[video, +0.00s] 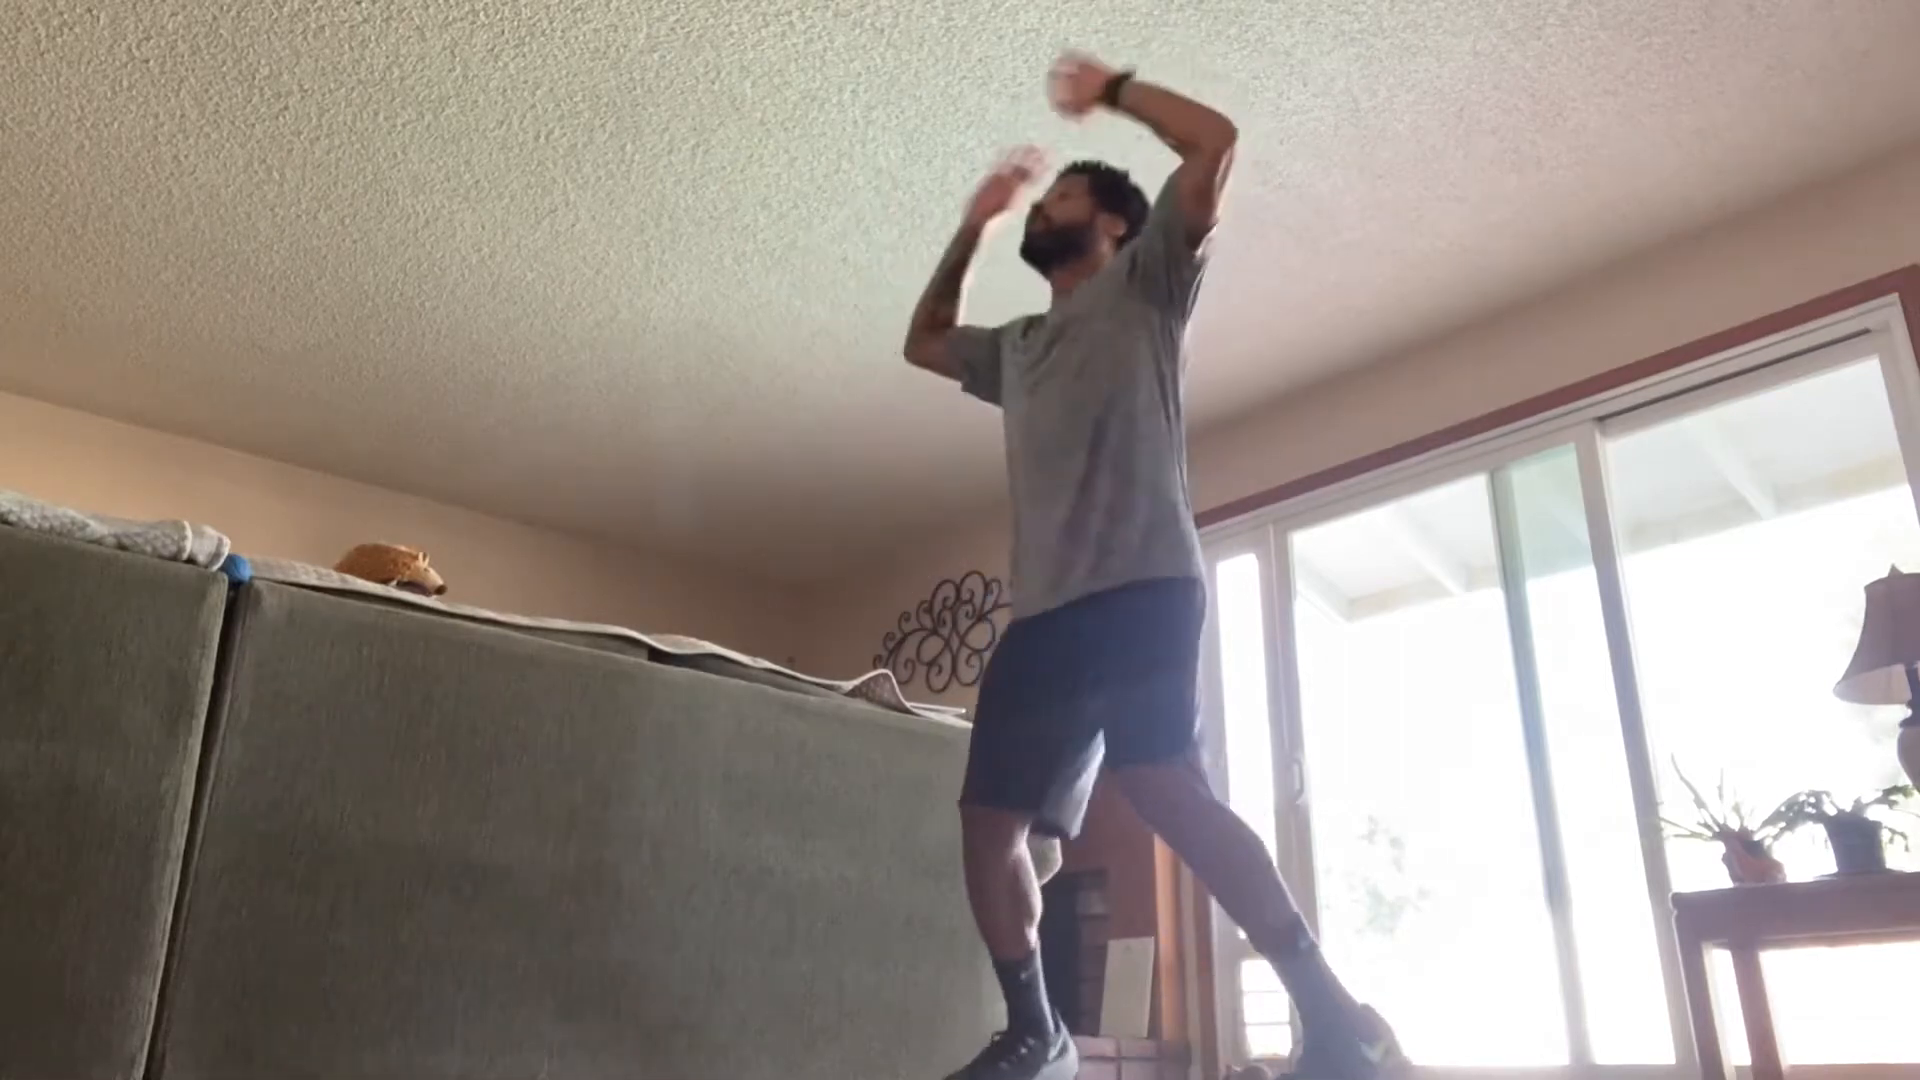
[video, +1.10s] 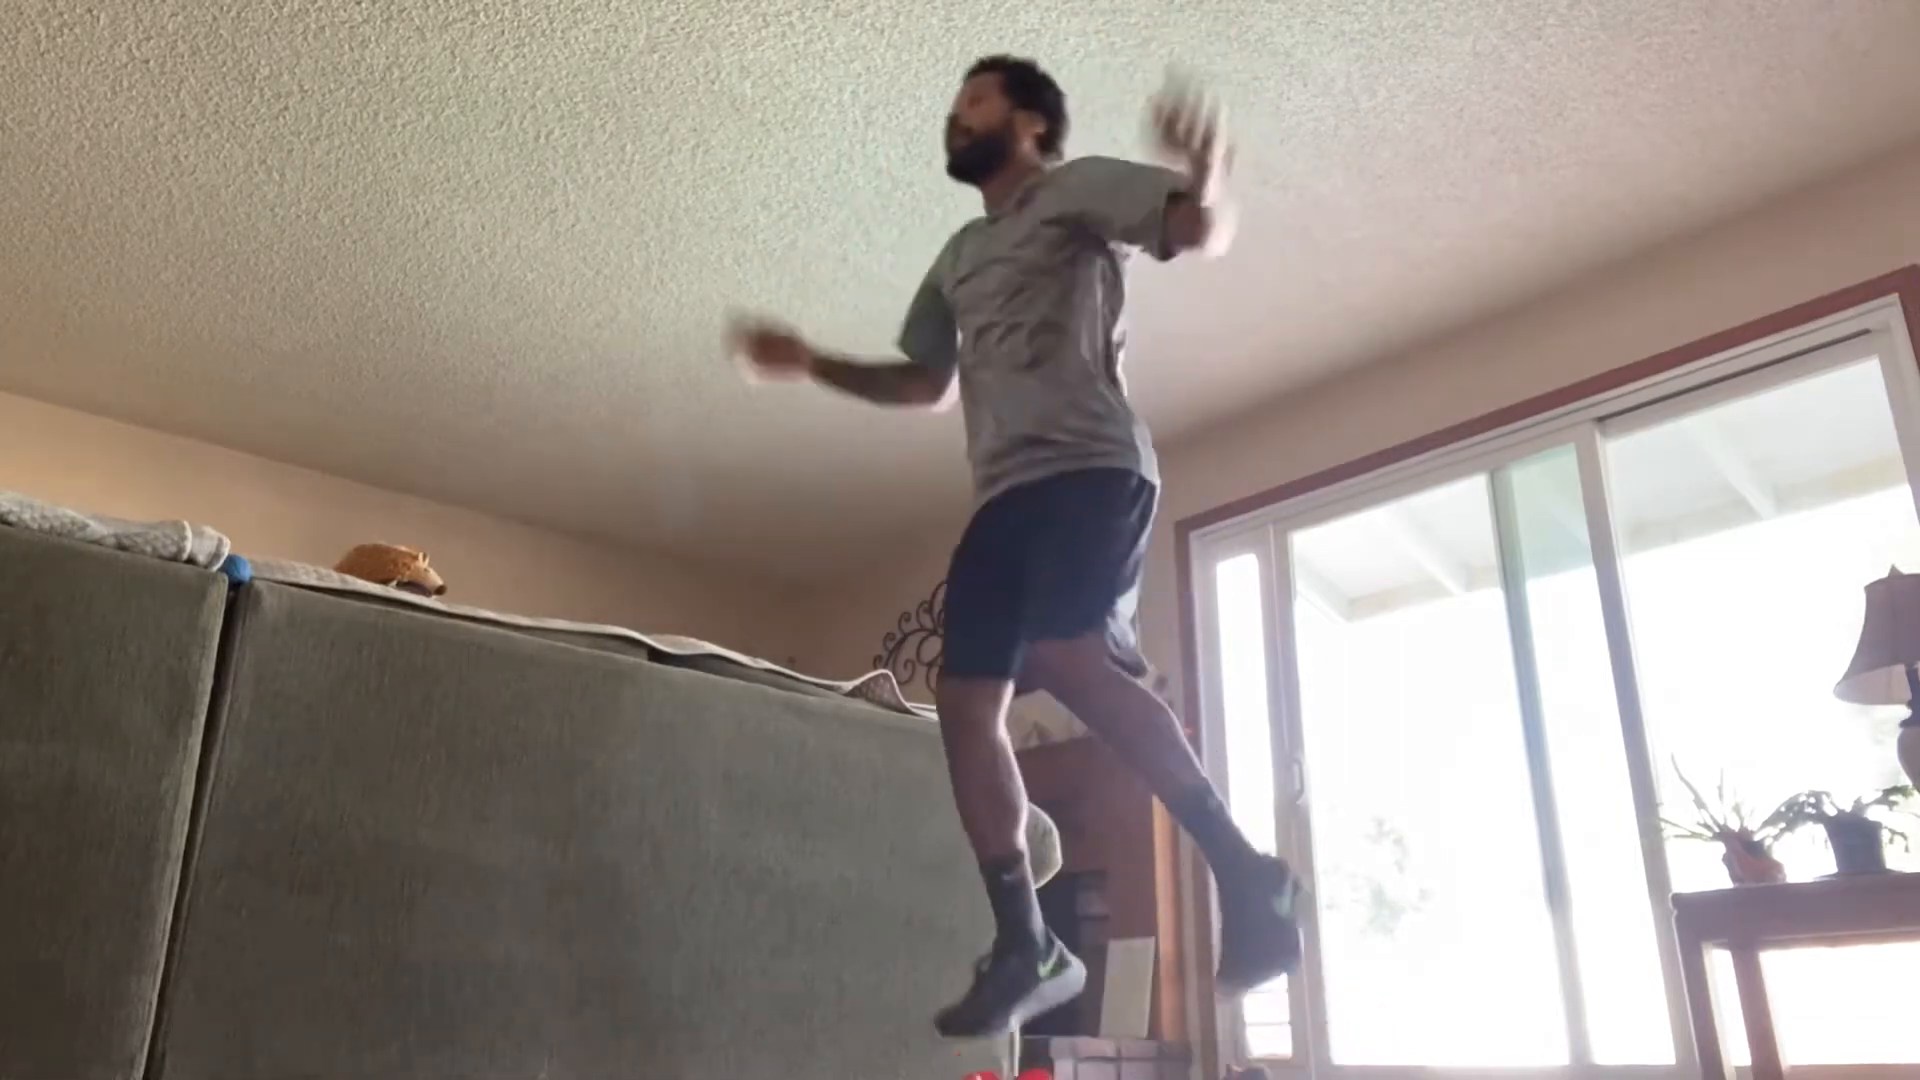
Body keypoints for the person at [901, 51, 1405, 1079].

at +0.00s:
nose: (1043, 208)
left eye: (1067, 198)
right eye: (1041, 203)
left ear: (1118, 222)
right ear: (1045, 234)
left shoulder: (1145, 281)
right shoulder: (1016, 346)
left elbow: (1215, 141)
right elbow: (927, 343)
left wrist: (1113, 87)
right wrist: (973, 230)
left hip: (1144, 581)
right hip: (1041, 608)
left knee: (1164, 792)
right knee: (989, 823)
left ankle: (1331, 1015)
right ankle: (1034, 1033)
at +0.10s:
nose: (1041, 151)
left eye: (1064, 140)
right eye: (1042, 144)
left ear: (1118, 169)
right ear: (1048, 180)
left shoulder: (1146, 225)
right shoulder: (1016, 298)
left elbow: (1249, 147)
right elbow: (917, 362)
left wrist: (1197, 26)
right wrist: (846, 267)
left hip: (1145, 523)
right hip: (1040, 546)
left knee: (1185, 730)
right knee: (1009, 765)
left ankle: (1312, 976)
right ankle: (1034, 995)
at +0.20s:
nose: (1029, 118)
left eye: (1051, 105)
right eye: (1029, 110)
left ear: (1103, 129)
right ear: (1045, 148)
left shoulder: (1138, 185)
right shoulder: (1012, 269)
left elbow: (1259, 227)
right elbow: (968, 404)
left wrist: (1239, 152)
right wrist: (850, 375)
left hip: (1140, 465)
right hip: (1044, 485)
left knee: (1137, 671)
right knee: (1021, 709)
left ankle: (1261, 932)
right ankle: (1078, 947)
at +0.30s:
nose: (1017, 130)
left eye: (1041, 119)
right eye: (1015, 123)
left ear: (1092, 149)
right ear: (1013, 164)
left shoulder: (1132, 220)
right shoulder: (1008, 288)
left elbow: (1236, 328)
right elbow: (1029, 430)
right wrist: (940, 476)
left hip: (1133, 487)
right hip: (1043, 503)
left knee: (1115, 709)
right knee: (1042, 738)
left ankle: (1215, 959)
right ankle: (1127, 964)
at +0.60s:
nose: (1017, 103)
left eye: (1040, 92)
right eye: (1017, 97)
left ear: (1092, 123)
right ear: (1030, 138)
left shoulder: (1130, 195)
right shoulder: (1004, 260)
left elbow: (1228, 281)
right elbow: (989, 395)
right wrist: (868, 413)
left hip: (1127, 467)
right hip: (1034, 486)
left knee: (1126, 690)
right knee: (1043, 726)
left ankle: (1216, 945)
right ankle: (1100, 947)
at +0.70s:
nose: (1016, 107)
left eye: (1040, 96)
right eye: (1017, 100)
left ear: (1091, 122)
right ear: (1031, 140)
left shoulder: (1124, 189)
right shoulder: (1008, 256)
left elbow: (1256, 175)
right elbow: (932, 359)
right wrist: (832, 292)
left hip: (1130, 471)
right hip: (1033, 492)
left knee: (1132, 679)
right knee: (1002, 712)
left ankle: (1267, 938)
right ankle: (1055, 958)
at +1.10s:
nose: (957, 112)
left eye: (980, 95)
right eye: (957, 100)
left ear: (1035, 124)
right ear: (965, 131)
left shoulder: (1072, 186)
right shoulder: (957, 257)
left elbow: (1194, 234)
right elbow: (924, 381)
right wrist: (814, 364)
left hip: (1093, 464)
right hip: (1006, 491)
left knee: (1064, 656)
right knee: (970, 709)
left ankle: (1246, 873)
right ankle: (1027, 945)